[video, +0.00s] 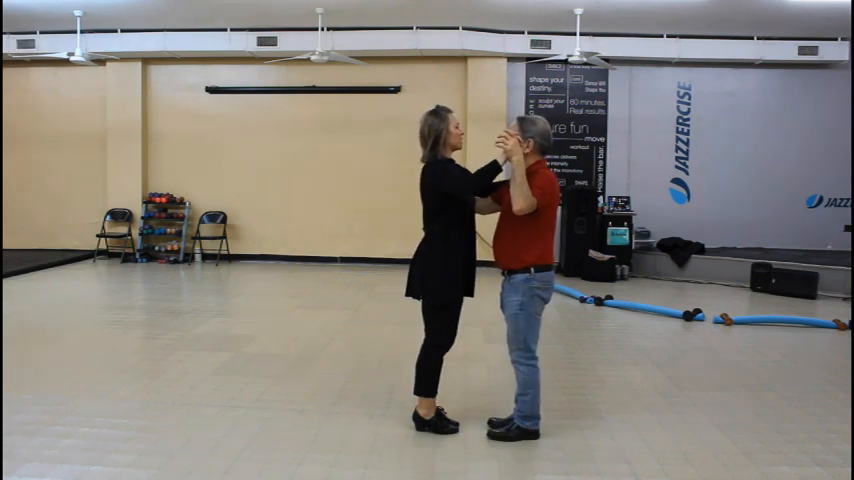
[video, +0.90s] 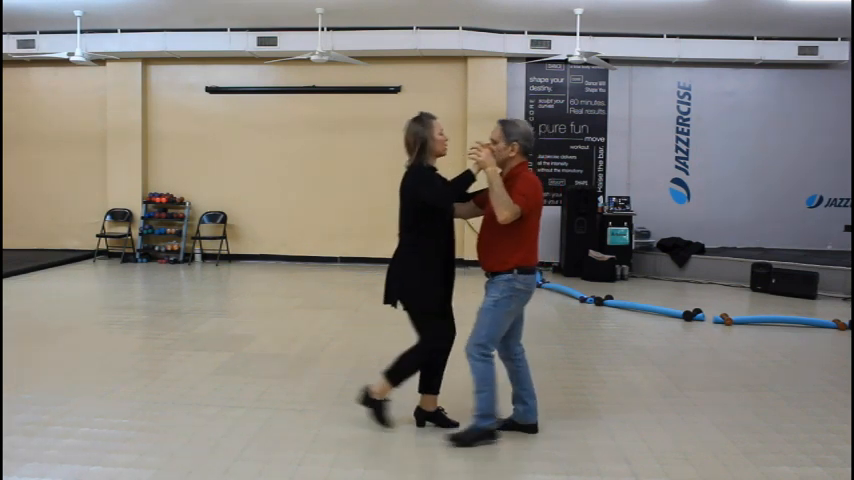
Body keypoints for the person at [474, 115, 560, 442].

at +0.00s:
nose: (507, 142)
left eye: (512, 137)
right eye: (508, 137)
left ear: (527, 144)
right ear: (527, 145)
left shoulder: (544, 176)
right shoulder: (520, 179)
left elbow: (522, 206)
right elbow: (483, 204)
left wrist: (516, 162)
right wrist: (451, 189)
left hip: (531, 277)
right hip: (517, 276)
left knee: (524, 354)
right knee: (519, 353)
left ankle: (527, 422)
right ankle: (522, 416)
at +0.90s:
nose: (487, 148)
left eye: (494, 143)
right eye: (489, 142)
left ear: (513, 149)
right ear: (509, 149)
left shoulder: (527, 181)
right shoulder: (505, 181)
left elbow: (506, 214)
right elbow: (465, 209)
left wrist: (491, 171)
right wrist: (431, 201)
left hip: (514, 278)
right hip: (504, 277)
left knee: (478, 347)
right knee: (510, 347)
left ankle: (484, 424)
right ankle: (525, 416)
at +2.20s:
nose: (510, 143)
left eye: (516, 139)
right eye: (511, 138)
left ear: (533, 146)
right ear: (530, 146)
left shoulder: (549, 180)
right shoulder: (527, 179)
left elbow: (524, 210)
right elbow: (488, 206)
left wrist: (514, 165)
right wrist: (452, 198)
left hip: (543, 278)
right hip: (531, 276)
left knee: (524, 353)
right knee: (531, 347)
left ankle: (527, 426)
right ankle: (557, 407)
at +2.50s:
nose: (533, 156)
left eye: (538, 152)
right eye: (534, 151)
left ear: (558, 156)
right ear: (556, 156)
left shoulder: (577, 186)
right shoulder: (547, 185)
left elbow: (560, 223)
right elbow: (514, 212)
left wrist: (547, 177)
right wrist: (481, 201)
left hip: (569, 283)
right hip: (565, 281)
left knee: (534, 351)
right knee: (582, 346)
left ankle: (528, 425)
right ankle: (607, 411)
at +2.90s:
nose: (536, 153)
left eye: (542, 148)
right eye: (537, 147)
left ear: (562, 153)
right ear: (558, 152)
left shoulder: (579, 183)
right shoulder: (547, 184)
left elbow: (567, 218)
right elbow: (516, 212)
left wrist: (553, 174)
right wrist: (483, 204)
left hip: (573, 279)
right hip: (567, 277)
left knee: (545, 351)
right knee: (587, 346)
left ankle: (540, 425)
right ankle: (608, 411)